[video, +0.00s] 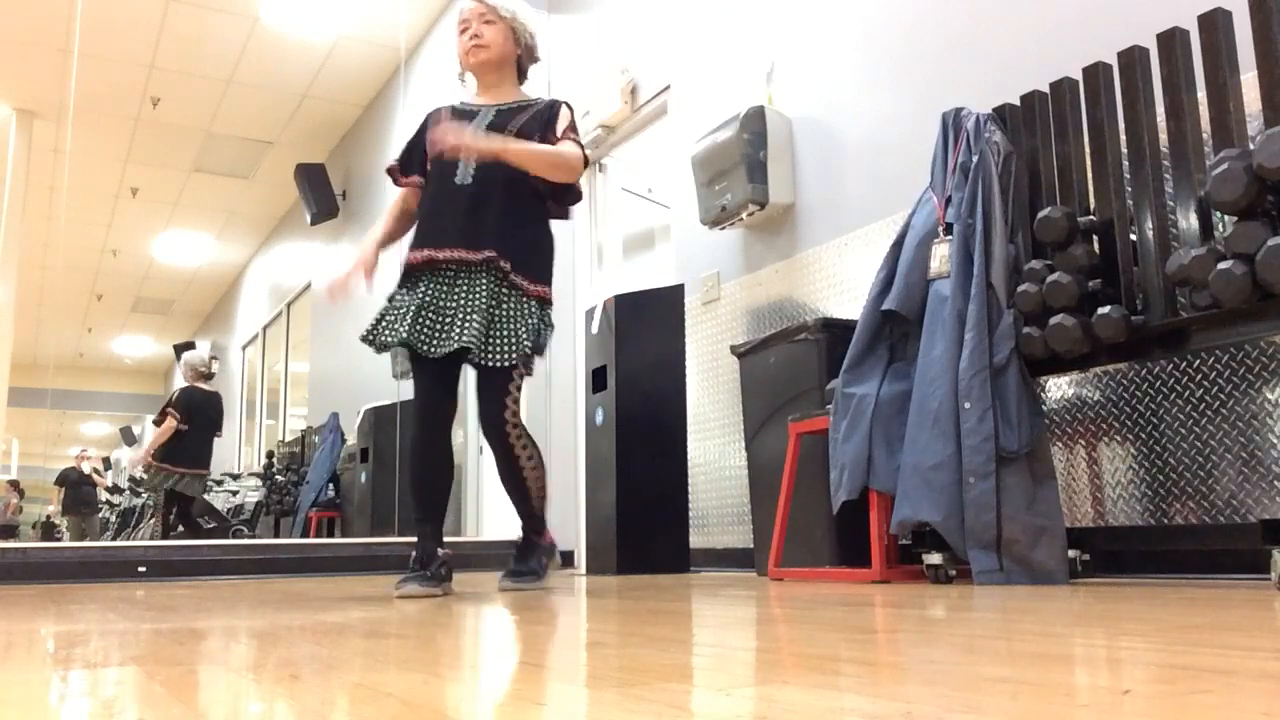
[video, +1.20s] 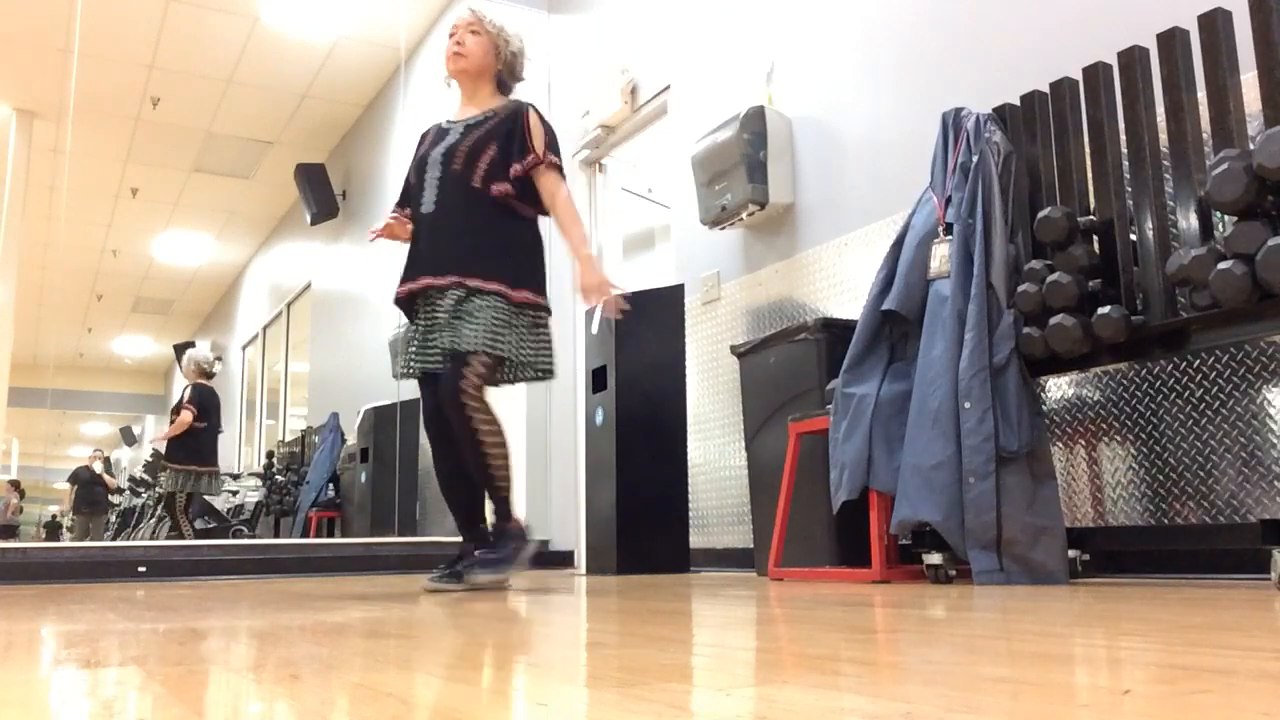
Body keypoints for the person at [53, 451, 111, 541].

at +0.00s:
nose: (85, 461)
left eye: (87, 458)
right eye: (82, 458)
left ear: (90, 460)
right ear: (76, 459)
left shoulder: (94, 471)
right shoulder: (67, 472)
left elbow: (103, 484)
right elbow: (58, 489)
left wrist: (92, 474)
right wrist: (56, 507)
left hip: (91, 511)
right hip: (73, 512)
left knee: (95, 538)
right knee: (75, 540)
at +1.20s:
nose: (96, 460)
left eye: (99, 458)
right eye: (94, 457)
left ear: (103, 460)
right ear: (89, 458)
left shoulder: (107, 473)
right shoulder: (80, 471)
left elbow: (114, 486)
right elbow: (69, 487)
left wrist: (102, 473)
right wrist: (67, 504)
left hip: (99, 512)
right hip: (81, 511)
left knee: (97, 540)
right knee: (78, 539)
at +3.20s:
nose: (86, 463)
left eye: (90, 460)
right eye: (84, 460)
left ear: (95, 462)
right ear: (82, 461)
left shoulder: (100, 472)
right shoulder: (75, 472)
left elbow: (101, 487)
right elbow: (67, 490)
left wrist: (89, 475)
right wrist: (60, 504)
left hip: (90, 509)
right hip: (74, 510)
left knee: (91, 538)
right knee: (79, 538)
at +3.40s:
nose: (86, 463)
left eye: (89, 460)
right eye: (84, 460)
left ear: (95, 462)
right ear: (81, 461)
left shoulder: (99, 472)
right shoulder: (76, 472)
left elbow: (100, 487)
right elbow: (67, 490)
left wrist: (88, 475)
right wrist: (60, 505)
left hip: (89, 508)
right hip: (74, 508)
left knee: (89, 537)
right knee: (78, 537)